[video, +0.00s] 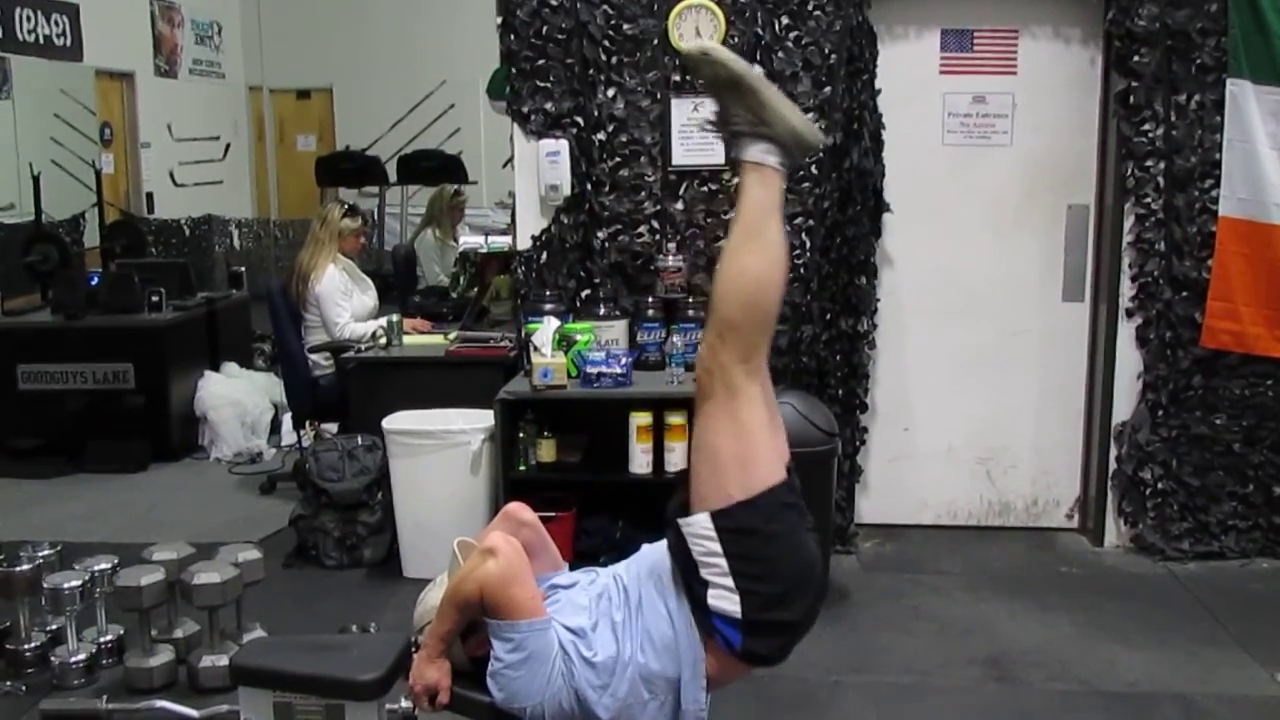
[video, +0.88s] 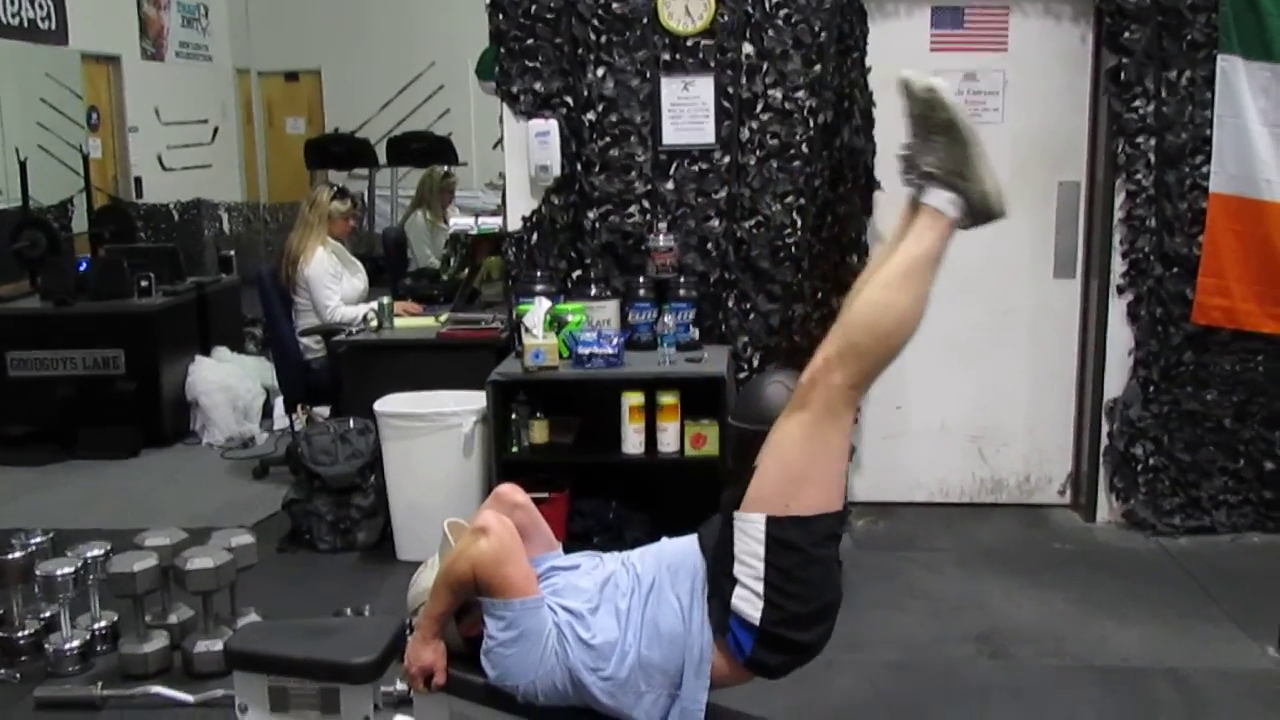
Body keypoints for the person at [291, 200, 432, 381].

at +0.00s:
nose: (363, 242)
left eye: (363, 236)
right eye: (357, 236)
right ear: (337, 237)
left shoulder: (340, 267)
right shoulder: (328, 274)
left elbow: (350, 324)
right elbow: (340, 331)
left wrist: (396, 323)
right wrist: (395, 324)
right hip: (333, 372)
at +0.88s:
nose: (352, 225)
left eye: (353, 219)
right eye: (347, 219)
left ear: (331, 219)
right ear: (328, 218)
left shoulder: (328, 250)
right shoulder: (317, 256)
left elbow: (340, 307)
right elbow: (332, 315)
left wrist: (386, 307)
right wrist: (385, 308)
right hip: (324, 357)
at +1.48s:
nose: (346, 178)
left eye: (347, 171)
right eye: (341, 172)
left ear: (325, 173)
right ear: (321, 172)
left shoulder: (323, 203)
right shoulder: (312, 209)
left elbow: (335, 261)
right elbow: (327, 268)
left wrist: (382, 260)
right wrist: (381, 261)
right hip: (319, 311)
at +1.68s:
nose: (346, 172)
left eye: (346, 166)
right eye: (340, 166)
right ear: (320, 166)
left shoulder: (324, 197)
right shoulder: (311, 204)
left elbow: (335, 255)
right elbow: (325, 262)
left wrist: (381, 254)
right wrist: (380, 257)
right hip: (318, 304)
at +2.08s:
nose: (344, 164)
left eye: (345, 158)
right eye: (339, 158)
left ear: (324, 159)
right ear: (319, 158)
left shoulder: (322, 190)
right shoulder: (310, 195)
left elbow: (334, 247)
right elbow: (325, 254)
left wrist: (379, 247)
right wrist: (378, 248)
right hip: (317, 295)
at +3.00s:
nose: (345, 160)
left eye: (345, 153)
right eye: (339, 154)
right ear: (319, 155)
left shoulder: (323, 187)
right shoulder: (311, 192)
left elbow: (334, 244)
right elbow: (325, 251)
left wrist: (380, 243)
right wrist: (380, 245)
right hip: (318, 291)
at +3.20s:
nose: (345, 160)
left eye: (346, 153)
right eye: (339, 153)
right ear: (319, 154)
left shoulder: (325, 185)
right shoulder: (310, 191)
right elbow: (325, 250)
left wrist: (378, 243)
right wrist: (378, 245)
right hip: (319, 293)